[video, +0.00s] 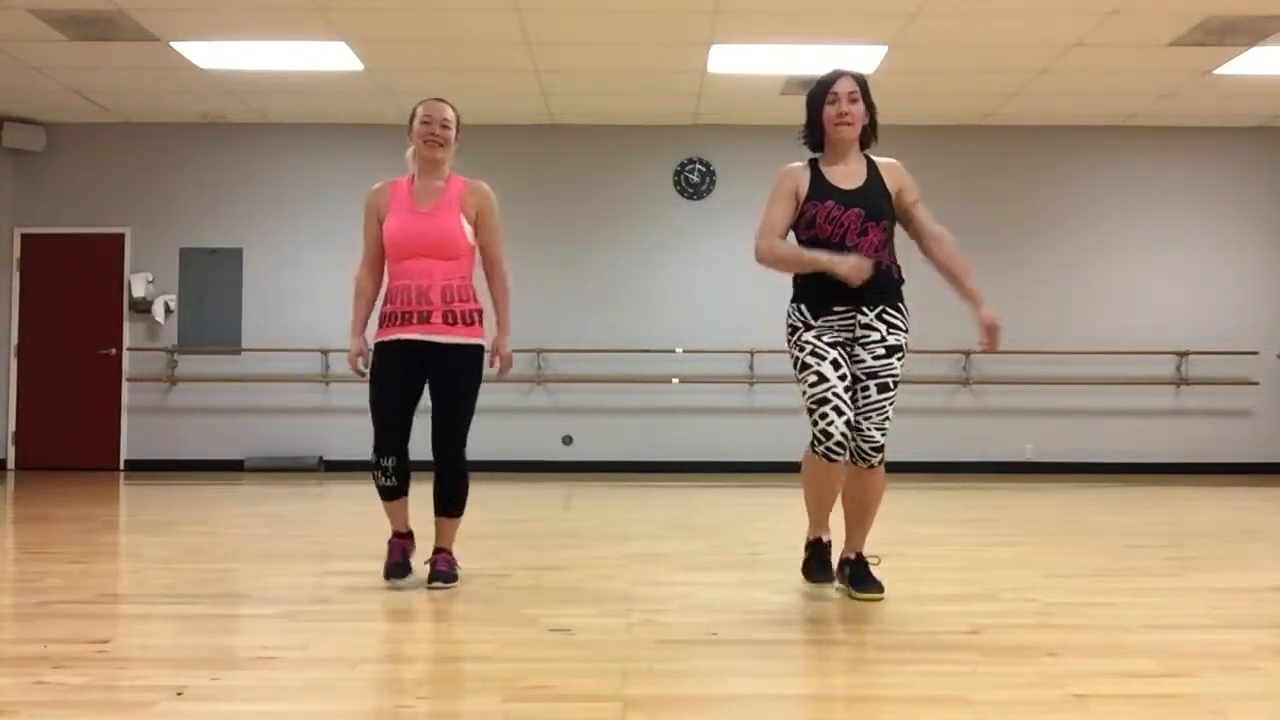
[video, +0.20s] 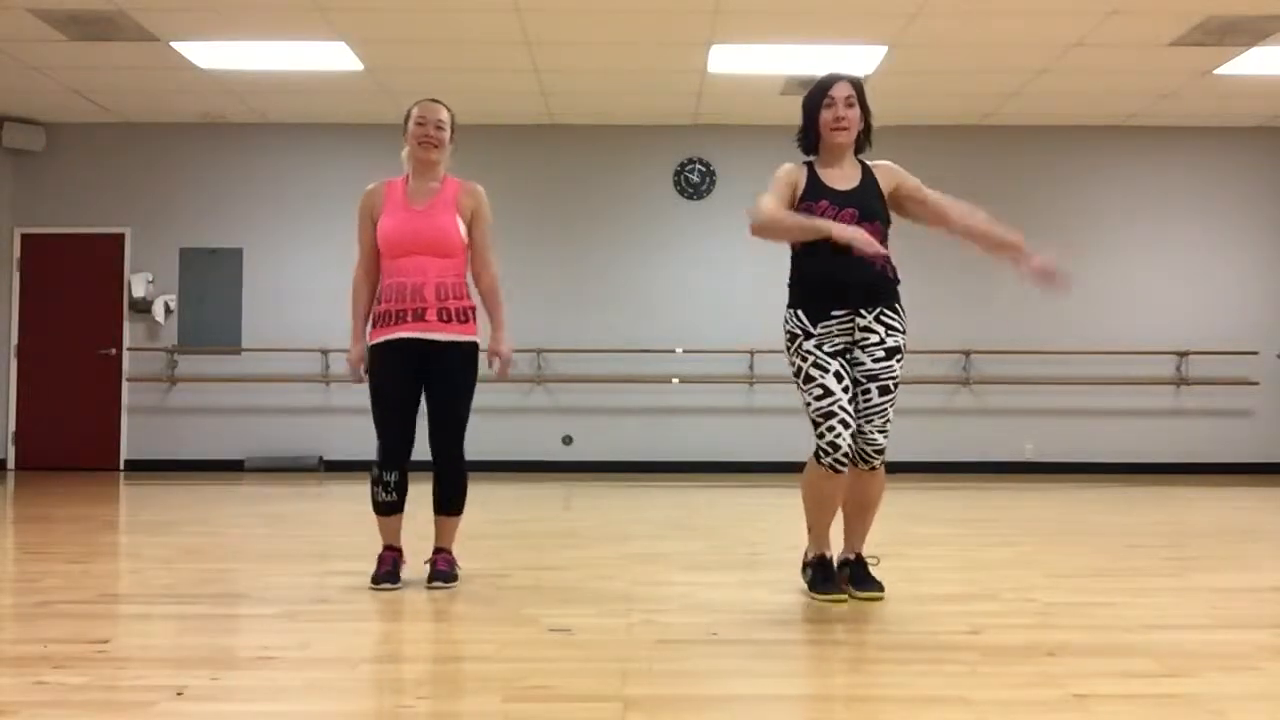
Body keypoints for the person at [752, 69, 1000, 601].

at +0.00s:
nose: (845, 108)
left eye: (854, 100)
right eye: (835, 101)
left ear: (869, 112)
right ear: (817, 114)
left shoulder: (891, 174)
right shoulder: (796, 177)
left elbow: (935, 241)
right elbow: (766, 249)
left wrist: (979, 304)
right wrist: (831, 260)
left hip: (881, 318)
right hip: (817, 319)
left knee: (870, 438)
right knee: (832, 431)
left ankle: (854, 556)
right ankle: (818, 539)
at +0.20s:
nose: (840, 113)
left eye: (849, 104)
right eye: (830, 105)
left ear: (863, 116)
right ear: (812, 117)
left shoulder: (883, 176)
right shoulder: (793, 177)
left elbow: (950, 214)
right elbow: (762, 221)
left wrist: (1020, 250)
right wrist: (834, 229)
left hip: (878, 324)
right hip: (814, 325)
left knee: (871, 443)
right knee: (835, 440)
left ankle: (854, 558)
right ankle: (818, 555)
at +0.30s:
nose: (842, 109)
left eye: (850, 100)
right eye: (831, 101)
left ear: (864, 113)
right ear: (812, 114)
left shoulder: (882, 171)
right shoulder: (794, 167)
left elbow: (959, 191)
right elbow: (753, 191)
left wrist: (1037, 205)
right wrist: (796, 203)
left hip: (877, 317)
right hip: (813, 319)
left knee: (882, 439)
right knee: (833, 438)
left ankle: (855, 551)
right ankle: (817, 555)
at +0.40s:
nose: (842, 106)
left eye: (851, 98)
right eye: (831, 99)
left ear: (864, 112)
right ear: (814, 112)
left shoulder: (885, 168)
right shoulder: (795, 165)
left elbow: (958, 175)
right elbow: (753, 168)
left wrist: (1015, 164)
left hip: (877, 314)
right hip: (814, 316)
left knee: (893, 429)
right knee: (828, 435)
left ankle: (859, 537)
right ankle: (817, 556)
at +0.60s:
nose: (851, 108)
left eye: (859, 100)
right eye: (840, 100)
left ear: (872, 113)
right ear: (821, 113)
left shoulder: (892, 173)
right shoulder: (801, 169)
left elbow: (974, 169)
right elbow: (731, 159)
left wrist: (920, 154)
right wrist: (661, 150)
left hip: (885, 321)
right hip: (821, 321)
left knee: (881, 441)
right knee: (834, 440)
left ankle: (861, 557)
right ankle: (819, 557)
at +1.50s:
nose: (847, 108)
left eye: (856, 99)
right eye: (837, 100)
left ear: (871, 111)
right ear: (820, 112)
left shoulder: (893, 164)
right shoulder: (798, 166)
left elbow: (964, 158)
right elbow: (730, 160)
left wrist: (962, 139)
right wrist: (684, 139)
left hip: (882, 317)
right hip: (817, 317)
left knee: (876, 441)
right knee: (827, 438)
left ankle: (859, 556)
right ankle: (813, 560)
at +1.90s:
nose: (837, 110)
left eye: (846, 100)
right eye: (827, 101)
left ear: (861, 111)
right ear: (810, 113)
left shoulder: (884, 164)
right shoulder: (789, 172)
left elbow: (965, 155)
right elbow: (715, 160)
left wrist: (1044, 150)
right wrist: (781, 151)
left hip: (875, 318)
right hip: (809, 320)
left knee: (868, 443)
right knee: (828, 440)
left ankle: (856, 560)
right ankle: (820, 563)